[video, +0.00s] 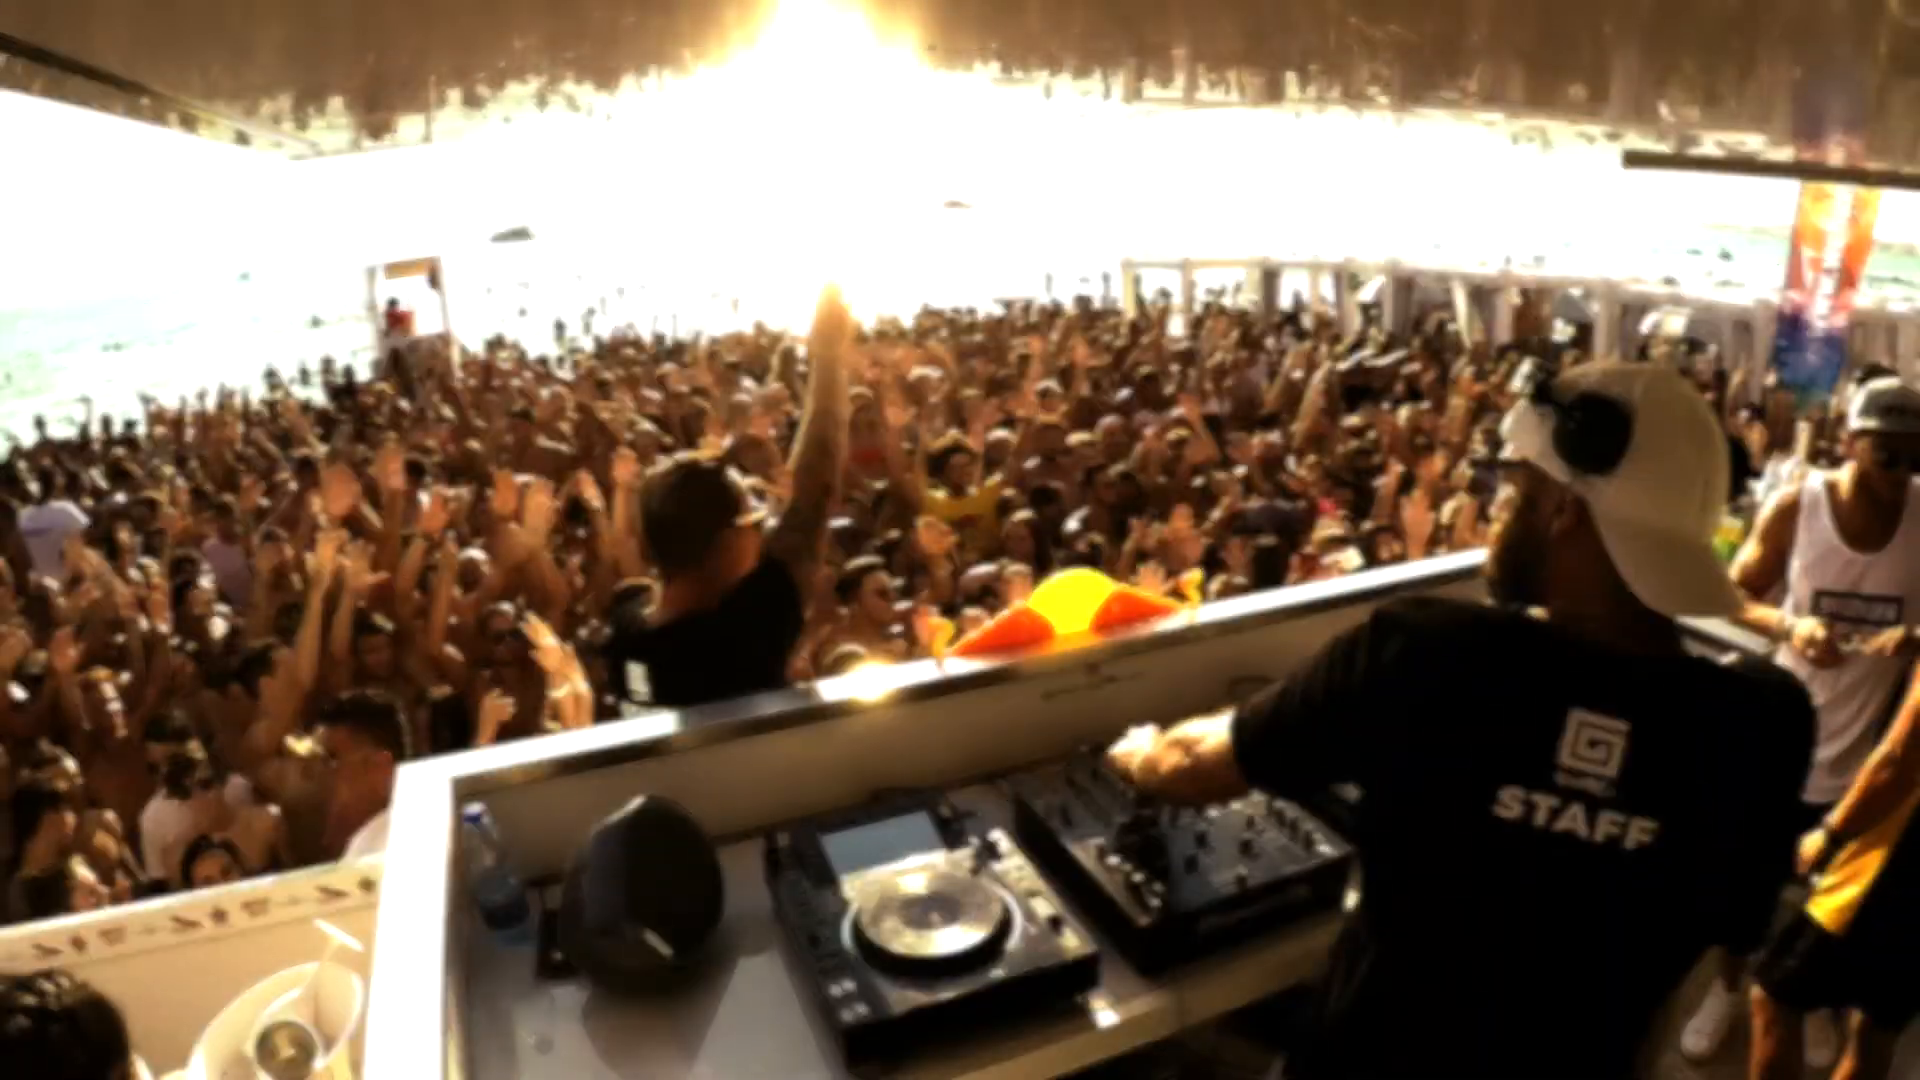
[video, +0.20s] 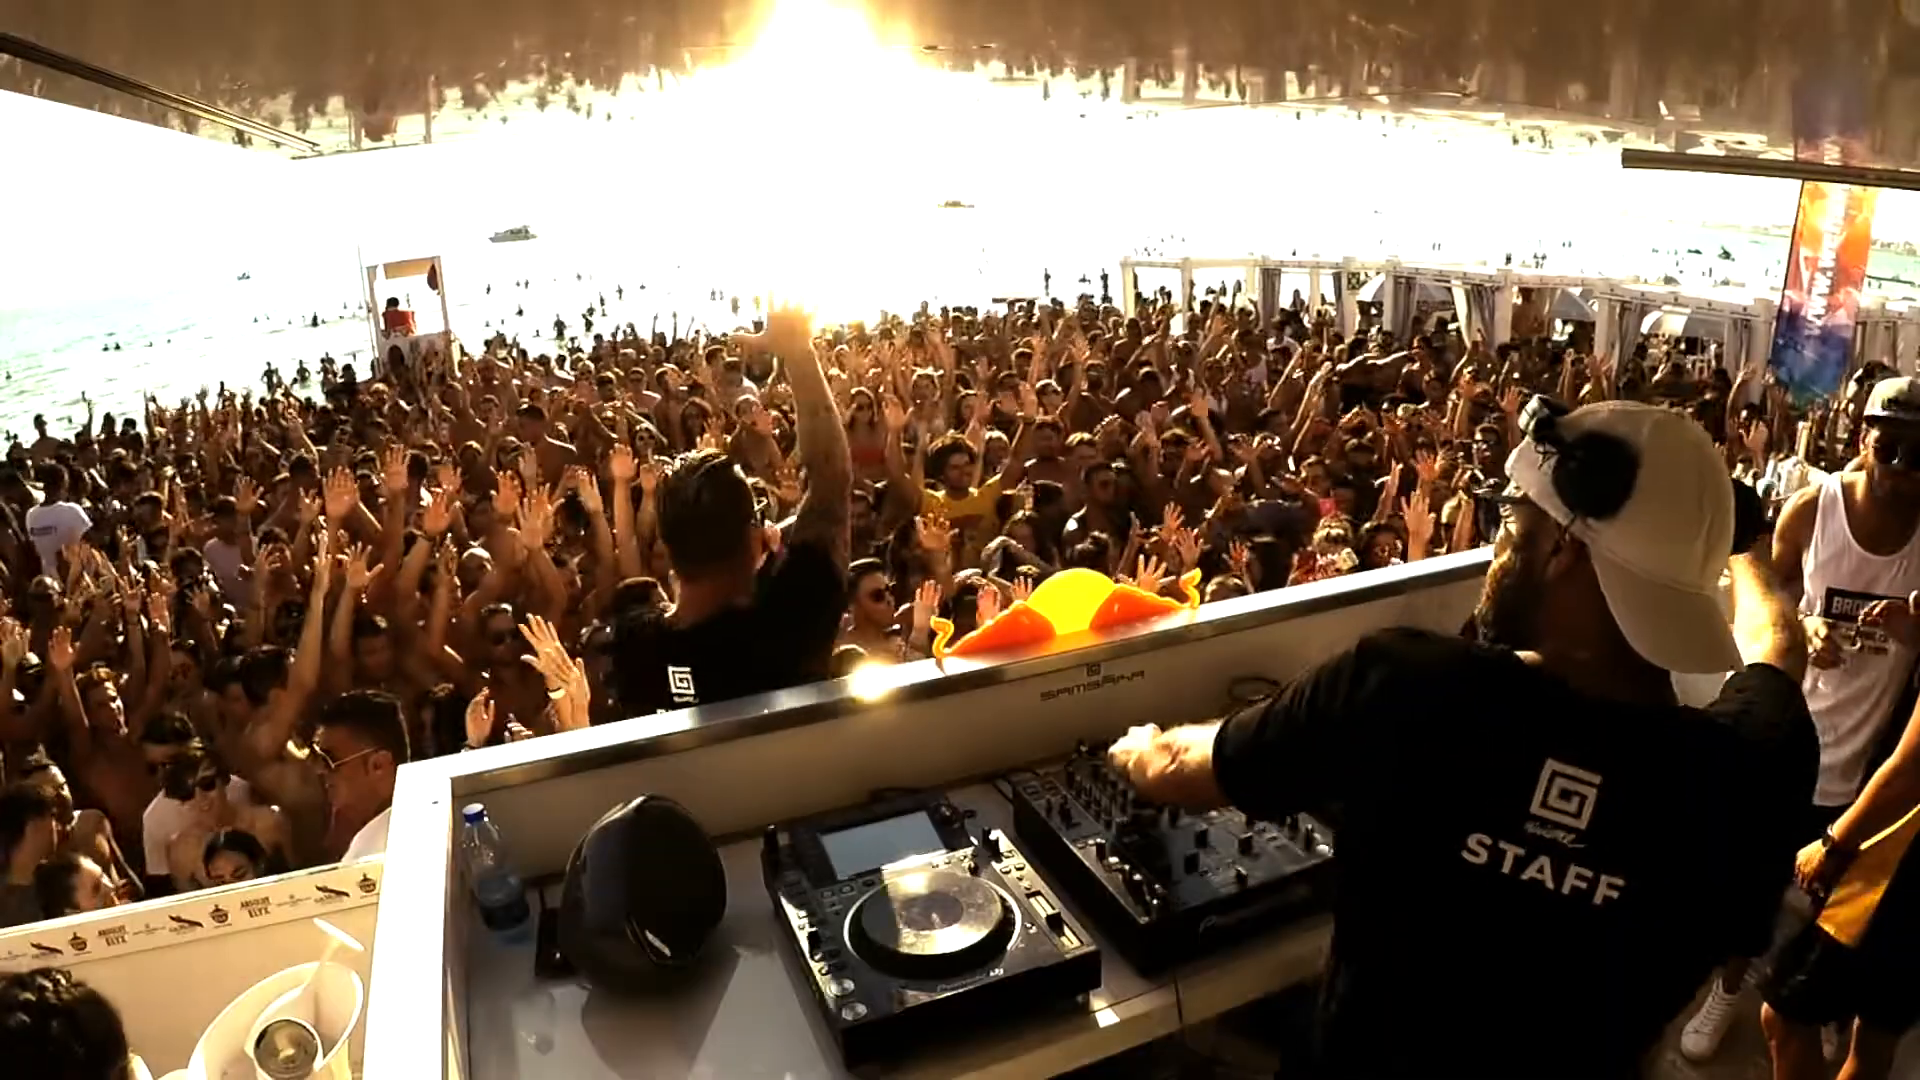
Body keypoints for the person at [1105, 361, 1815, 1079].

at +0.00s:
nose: (1493, 516)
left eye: (1512, 489)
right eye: (1504, 488)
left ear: (1566, 514)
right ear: (1676, 532)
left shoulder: (1422, 652)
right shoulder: (1766, 718)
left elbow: (1199, 767)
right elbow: (1735, 944)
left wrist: (1145, 756)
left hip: (1372, 1072)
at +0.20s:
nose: (1493, 553)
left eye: (1512, 528)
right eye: (1506, 525)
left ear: (1571, 553)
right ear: (1684, 595)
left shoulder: (1406, 686)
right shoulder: (1740, 789)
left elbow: (1182, 775)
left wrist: (1139, 751)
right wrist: (1756, 565)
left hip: (1355, 1073)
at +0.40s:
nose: (1471, 581)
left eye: (1487, 561)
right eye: (1482, 559)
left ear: (1526, 599)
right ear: (1654, 634)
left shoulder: (1357, 716)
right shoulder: (1685, 840)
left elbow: (1145, 783)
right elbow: (1759, 668)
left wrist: (1138, 747)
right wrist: (1748, 556)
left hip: (1308, 1078)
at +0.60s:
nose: (1402, 587)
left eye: (1419, 572)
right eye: (1416, 568)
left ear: (1457, 609)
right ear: (1588, 650)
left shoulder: (1283, 727)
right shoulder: (1628, 855)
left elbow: (1111, 782)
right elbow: (1724, 626)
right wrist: (1694, 477)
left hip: (1233, 1072)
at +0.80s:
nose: (1331, 594)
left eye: (1346, 576)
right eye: (1345, 572)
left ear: (1370, 623)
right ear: (1506, 661)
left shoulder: (1213, 738)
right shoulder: (1549, 872)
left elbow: (1088, 776)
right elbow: (1685, 648)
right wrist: (1657, 465)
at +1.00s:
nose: (1299, 594)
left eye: (1309, 581)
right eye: (1310, 578)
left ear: (1323, 620)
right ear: (1493, 661)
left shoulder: (1163, 738)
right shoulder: (1511, 876)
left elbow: (1068, 791)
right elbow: (1672, 646)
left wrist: (1275, 692)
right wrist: (1651, 439)